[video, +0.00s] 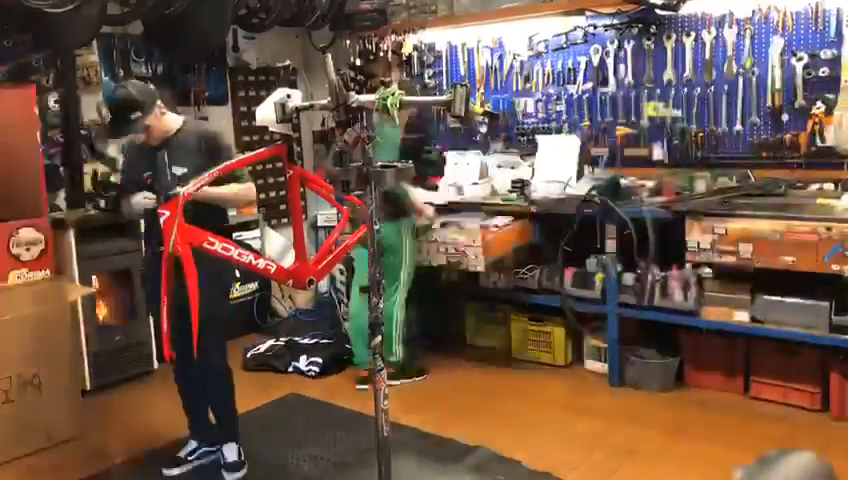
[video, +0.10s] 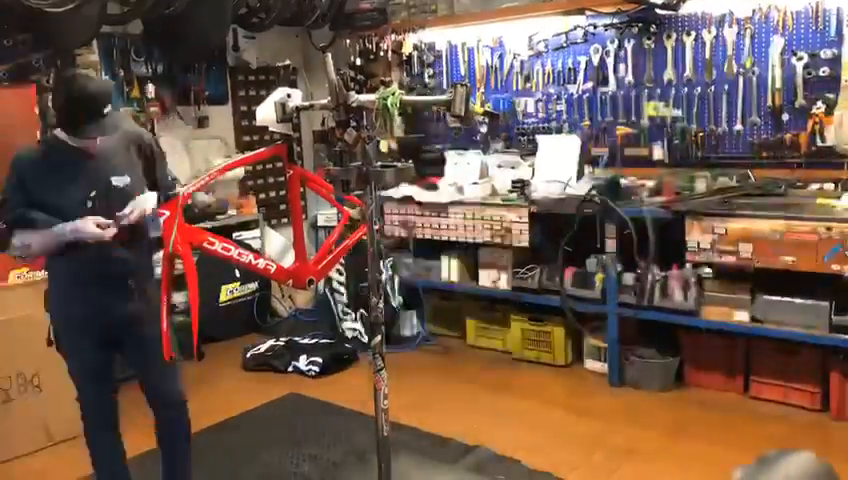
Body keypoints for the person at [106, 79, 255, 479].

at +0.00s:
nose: (138, 139)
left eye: (140, 130)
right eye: (132, 134)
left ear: (157, 110)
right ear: (127, 127)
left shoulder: (206, 141)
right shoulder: (137, 153)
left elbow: (248, 195)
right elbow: (122, 206)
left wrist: (201, 191)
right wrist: (137, 202)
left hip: (208, 262)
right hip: (164, 264)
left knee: (210, 351)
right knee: (180, 354)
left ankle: (229, 442)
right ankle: (202, 439)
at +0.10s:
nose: (96, 142)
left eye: (101, 132)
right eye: (85, 136)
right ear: (62, 123)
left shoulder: (136, 144)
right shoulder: (30, 166)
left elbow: (175, 202)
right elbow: (16, 241)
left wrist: (153, 204)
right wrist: (71, 231)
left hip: (140, 306)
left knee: (171, 403)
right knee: (99, 418)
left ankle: (178, 473)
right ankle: (113, 475)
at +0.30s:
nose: (143, 131)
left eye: (148, 123)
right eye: (141, 118)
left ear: (112, 103)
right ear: (111, 100)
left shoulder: (94, 160)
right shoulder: (53, 154)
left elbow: (101, 246)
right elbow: (50, 245)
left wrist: (144, 205)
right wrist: (132, 201)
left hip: (83, 313)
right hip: (54, 319)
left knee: (115, 407)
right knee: (94, 424)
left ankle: (113, 471)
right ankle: (93, 474)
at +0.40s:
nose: (97, 113)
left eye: (108, 103)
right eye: (88, 102)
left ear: (128, 102)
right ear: (75, 97)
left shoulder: (130, 159)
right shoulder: (38, 152)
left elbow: (135, 216)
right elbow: (8, 230)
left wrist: (150, 237)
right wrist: (75, 227)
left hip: (105, 309)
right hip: (49, 312)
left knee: (116, 410)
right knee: (58, 427)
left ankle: (116, 474)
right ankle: (37, 474)